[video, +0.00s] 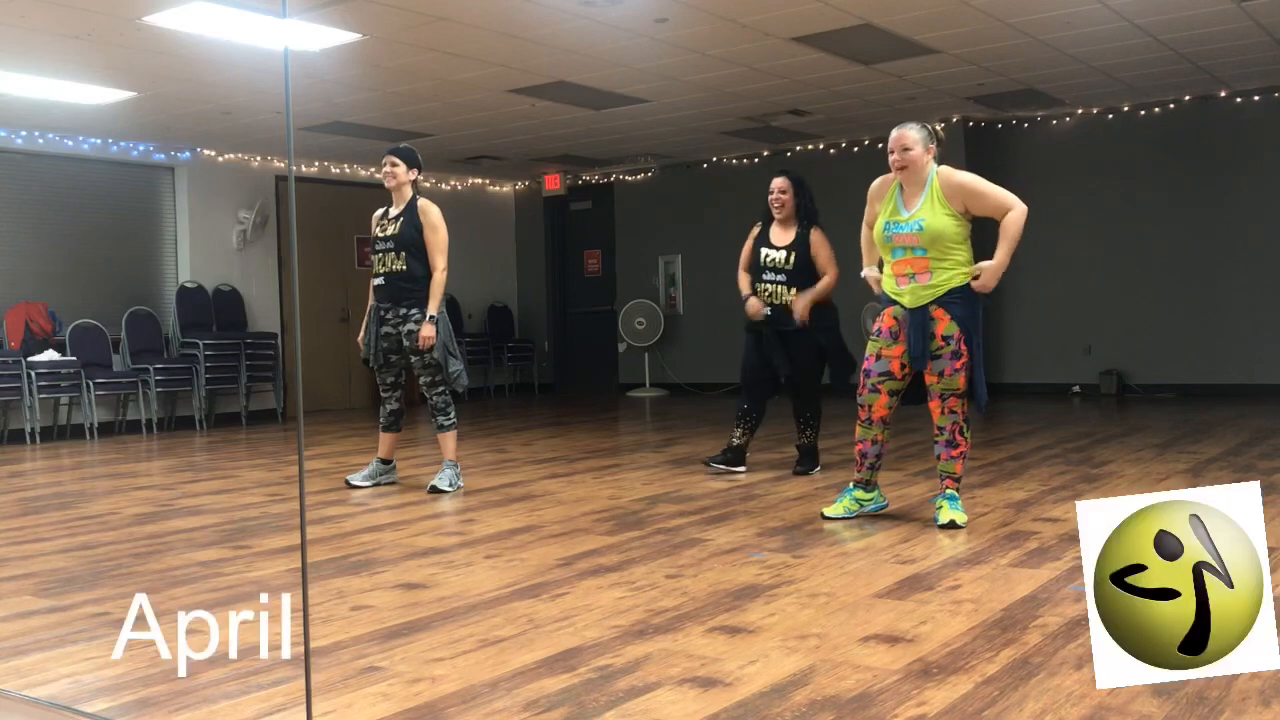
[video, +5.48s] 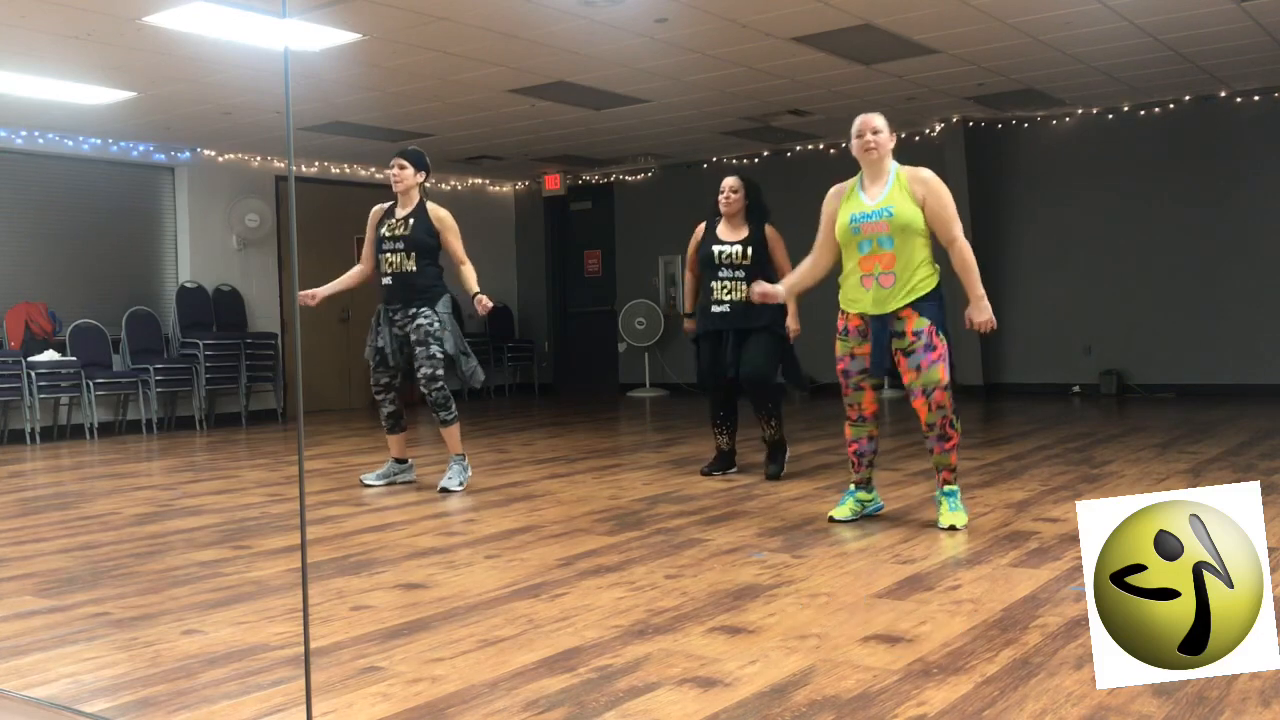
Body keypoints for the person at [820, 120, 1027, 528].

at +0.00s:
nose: (896, 158)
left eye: (905, 150)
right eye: (891, 151)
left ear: (929, 152)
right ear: (888, 155)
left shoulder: (953, 184)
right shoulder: (882, 189)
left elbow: (1015, 209)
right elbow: (869, 227)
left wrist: (998, 264)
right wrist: (870, 265)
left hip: (948, 306)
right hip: (895, 307)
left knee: (947, 401)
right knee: (872, 392)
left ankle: (949, 494)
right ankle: (865, 489)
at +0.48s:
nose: (876, 150)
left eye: (885, 142)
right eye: (871, 145)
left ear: (907, 147)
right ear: (866, 153)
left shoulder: (932, 187)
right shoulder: (858, 194)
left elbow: (968, 244)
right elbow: (846, 249)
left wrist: (950, 297)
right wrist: (837, 293)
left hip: (921, 317)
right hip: (866, 317)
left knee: (935, 406)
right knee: (869, 408)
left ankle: (946, 495)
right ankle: (867, 492)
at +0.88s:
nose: (855, 148)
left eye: (863, 141)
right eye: (849, 144)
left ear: (882, 149)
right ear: (841, 156)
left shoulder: (909, 191)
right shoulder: (830, 204)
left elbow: (941, 253)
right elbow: (812, 267)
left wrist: (932, 243)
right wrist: (785, 266)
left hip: (902, 315)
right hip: (846, 321)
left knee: (921, 404)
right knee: (857, 409)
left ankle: (945, 493)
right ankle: (865, 492)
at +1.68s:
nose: (908, 145)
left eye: (918, 138)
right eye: (903, 139)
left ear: (940, 145)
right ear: (896, 148)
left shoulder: (960, 192)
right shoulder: (879, 198)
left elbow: (992, 245)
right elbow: (862, 256)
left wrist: (970, 272)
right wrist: (844, 280)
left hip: (948, 314)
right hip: (893, 319)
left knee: (957, 405)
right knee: (886, 407)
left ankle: (965, 496)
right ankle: (872, 492)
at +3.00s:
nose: (849, 147)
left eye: (856, 140)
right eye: (841, 144)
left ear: (875, 148)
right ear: (834, 156)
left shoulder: (905, 189)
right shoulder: (822, 203)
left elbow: (938, 249)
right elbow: (816, 266)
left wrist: (954, 304)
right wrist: (806, 309)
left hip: (906, 311)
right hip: (848, 319)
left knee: (928, 401)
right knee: (861, 408)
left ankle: (955, 493)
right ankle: (869, 492)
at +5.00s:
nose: (881, 134)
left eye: (891, 127)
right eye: (876, 130)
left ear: (912, 139)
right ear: (869, 144)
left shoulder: (932, 185)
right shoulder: (856, 186)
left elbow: (944, 247)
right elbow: (845, 246)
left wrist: (939, 302)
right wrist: (837, 296)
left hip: (924, 311)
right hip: (870, 314)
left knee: (938, 401)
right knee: (842, 382)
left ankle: (952, 492)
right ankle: (864, 476)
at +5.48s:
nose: (868, 138)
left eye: (876, 131)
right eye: (860, 134)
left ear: (893, 140)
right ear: (851, 147)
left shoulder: (921, 182)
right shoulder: (838, 197)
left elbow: (956, 242)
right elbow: (821, 257)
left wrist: (978, 298)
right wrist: (783, 289)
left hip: (915, 309)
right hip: (857, 314)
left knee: (934, 399)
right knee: (857, 402)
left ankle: (948, 492)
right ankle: (863, 491)